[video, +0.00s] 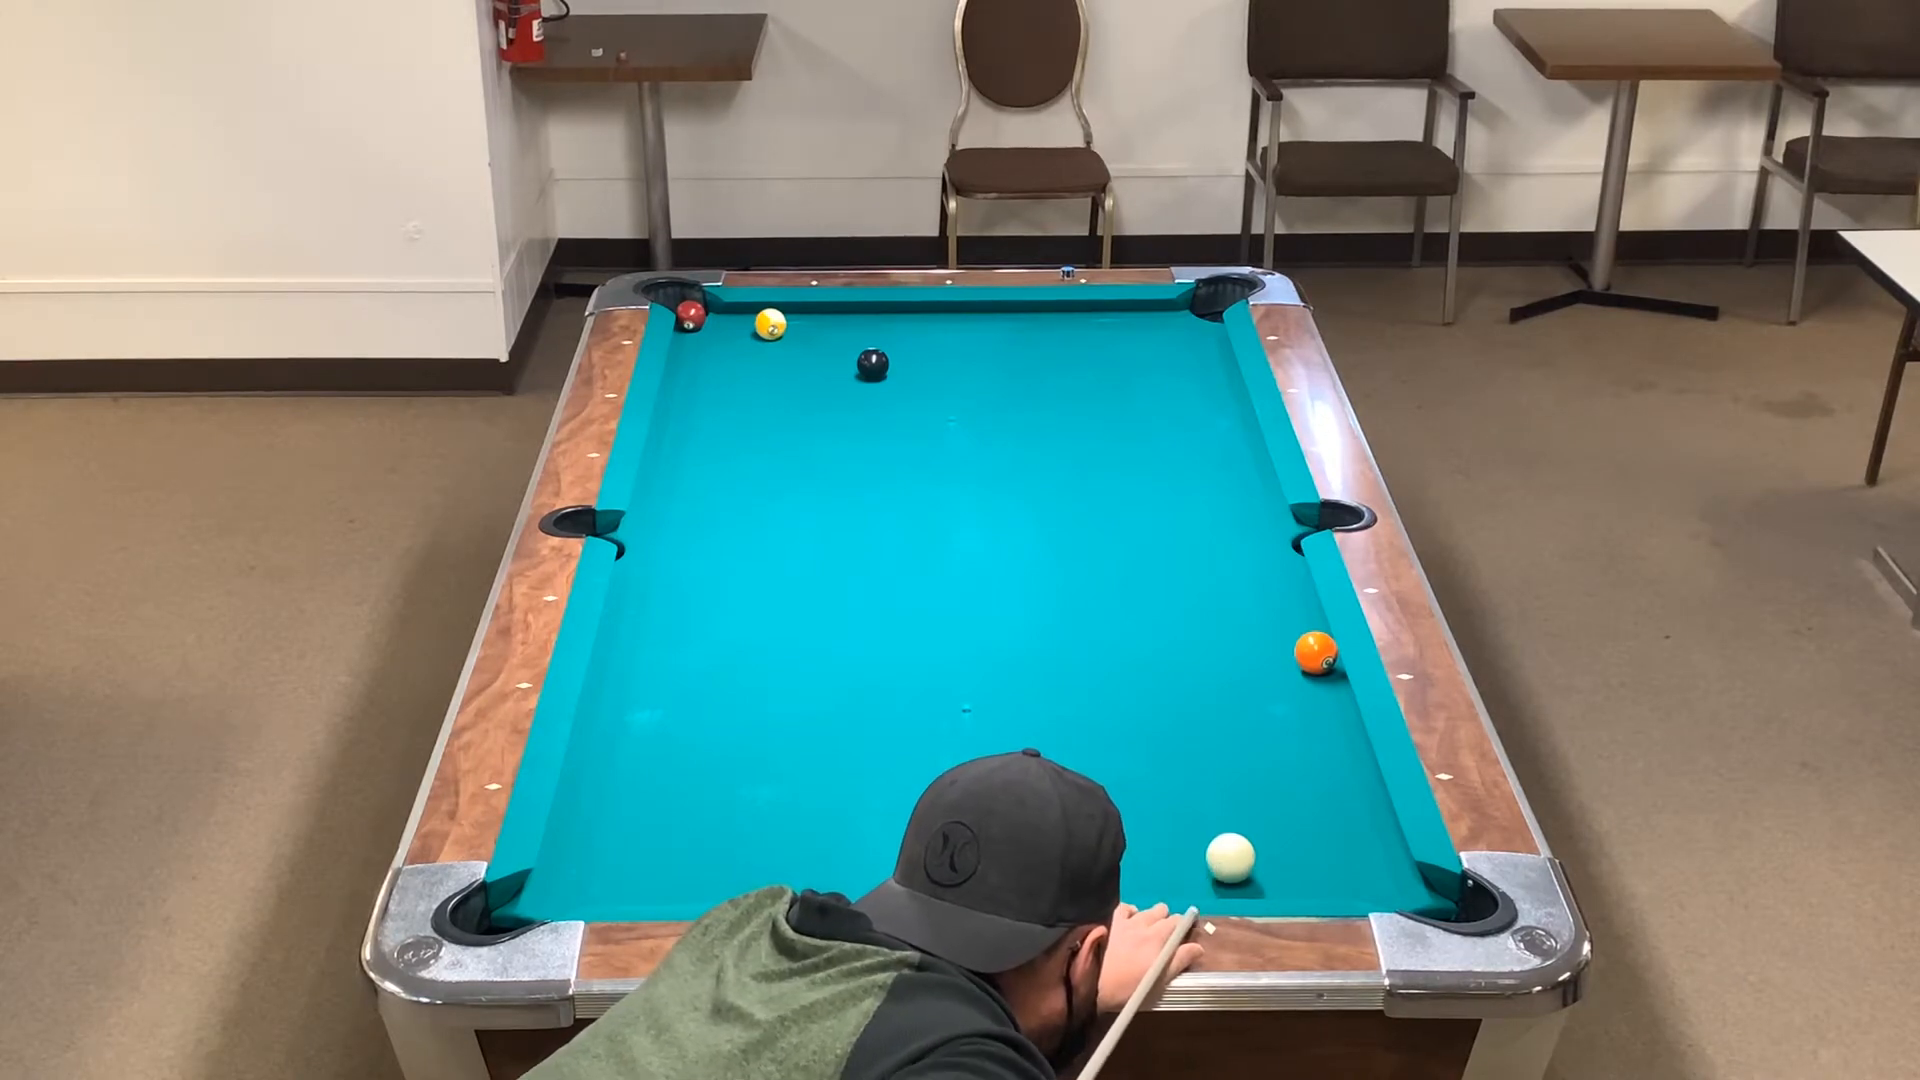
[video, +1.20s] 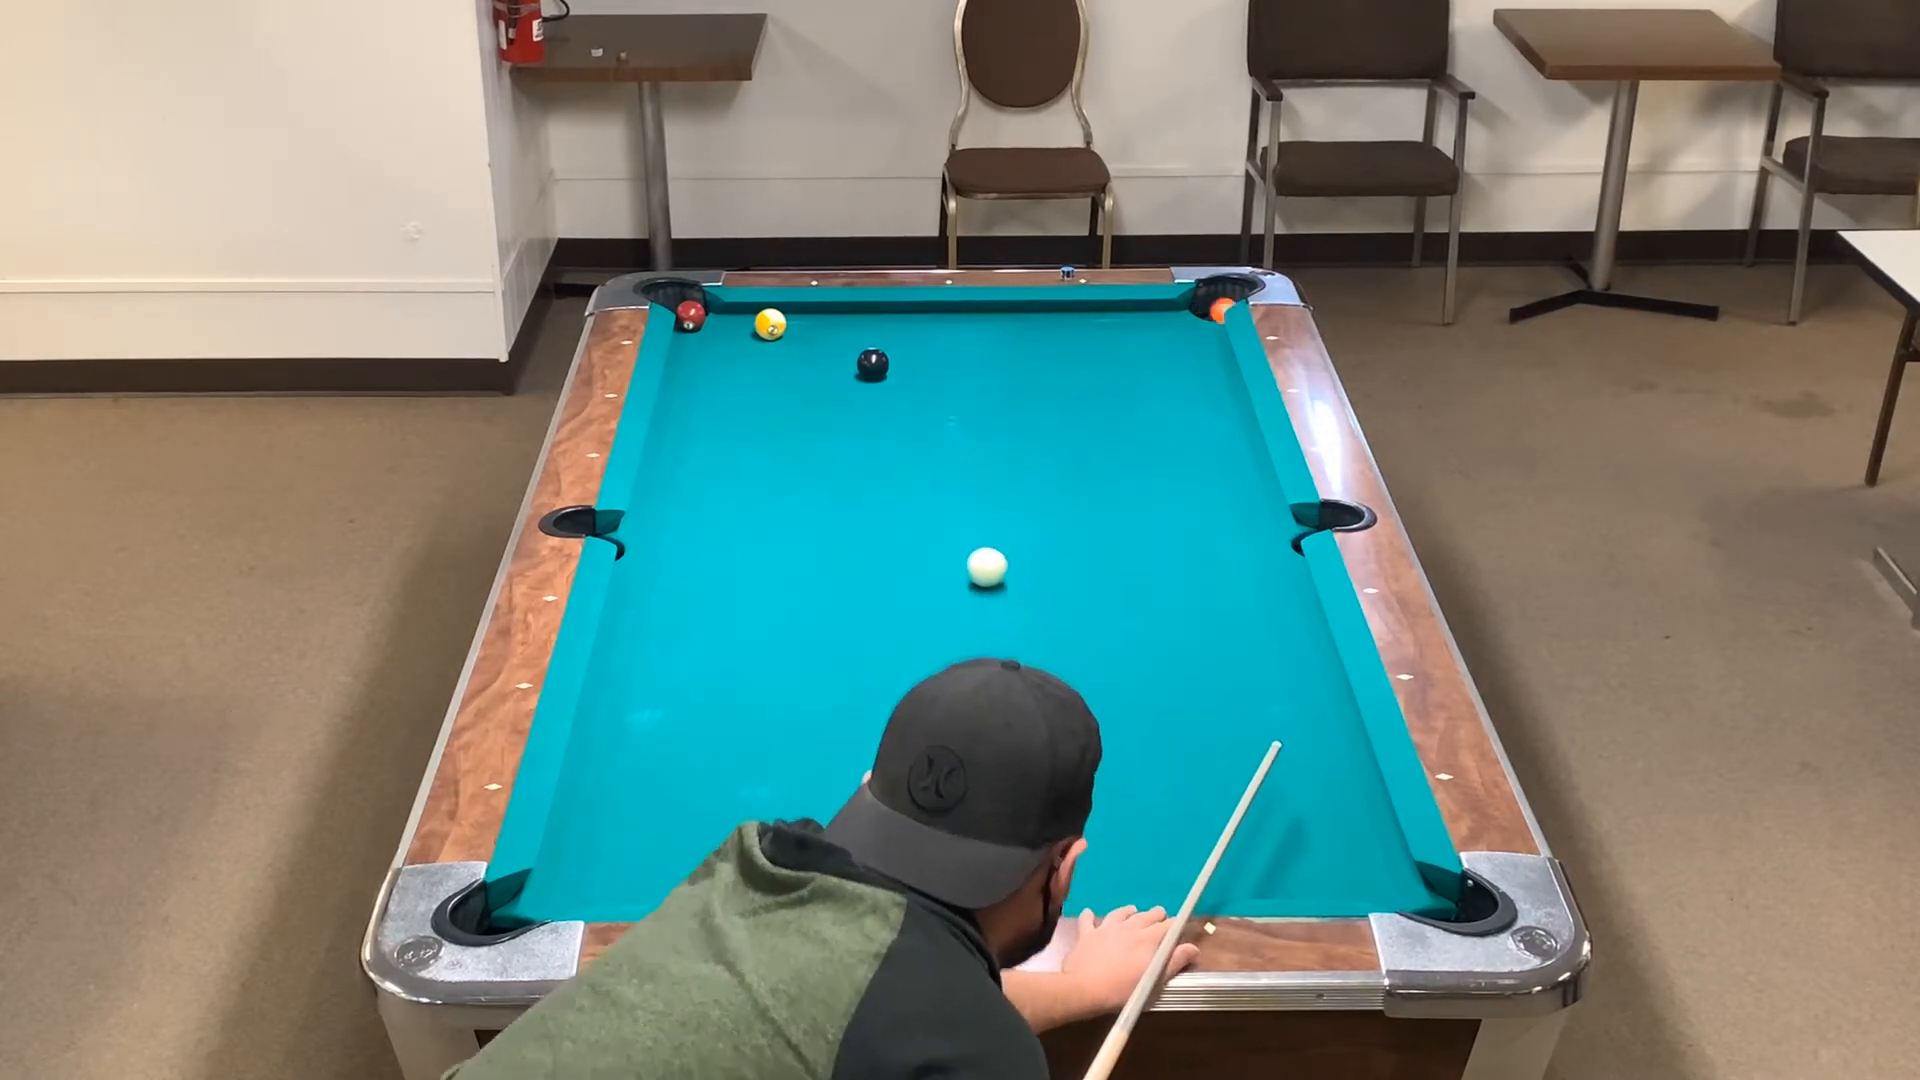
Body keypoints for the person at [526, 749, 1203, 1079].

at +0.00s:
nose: (1108, 940)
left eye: (1107, 929)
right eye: (1107, 928)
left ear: (908, 873)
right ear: (1082, 958)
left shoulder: (750, 916)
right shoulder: (969, 1057)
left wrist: (1076, 994)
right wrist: (1100, 1016)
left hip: (558, 1063)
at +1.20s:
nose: (1068, 874)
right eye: (1069, 853)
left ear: (878, 786)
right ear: (1055, 867)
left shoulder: (754, 857)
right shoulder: (966, 1031)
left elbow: (859, 1004)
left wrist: (1059, 985)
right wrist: (1074, 988)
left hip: (510, 1052)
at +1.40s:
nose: (1056, 751)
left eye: (1053, 729)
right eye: (1057, 733)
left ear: (854, 688)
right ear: (1040, 759)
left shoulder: (750, 793)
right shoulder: (967, 971)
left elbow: (821, 947)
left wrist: (1057, 972)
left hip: (465, 1044)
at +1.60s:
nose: (1019, 613)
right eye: (1023, 592)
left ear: (806, 578)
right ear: (1003, 620)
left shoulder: (709, 709)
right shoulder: (942, 862)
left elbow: (800, 892)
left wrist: (1040, 955)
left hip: (430, 1048)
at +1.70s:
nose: (991, 552)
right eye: (991, 531)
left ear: (779, 519)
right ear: (974, 557)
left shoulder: (675, 670)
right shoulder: (926, 807)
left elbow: (773, 886)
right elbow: (885, 1068)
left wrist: (1026, 954)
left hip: (417, 1053)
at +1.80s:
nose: (962, 483)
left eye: (953, 458)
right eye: (959, 463)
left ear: (752, 461)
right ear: (942, 491)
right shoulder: (900, 755)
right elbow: (870, 1061)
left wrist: (1016, 952)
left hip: (425, 1047)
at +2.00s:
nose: (900, 388)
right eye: (896, 373)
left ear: (677, 387)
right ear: (884, 403)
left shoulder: (566, 579)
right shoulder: (869, 696)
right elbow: (885, 1056)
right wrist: (978, 1055)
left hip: (457, 1050)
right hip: (704, 1064)